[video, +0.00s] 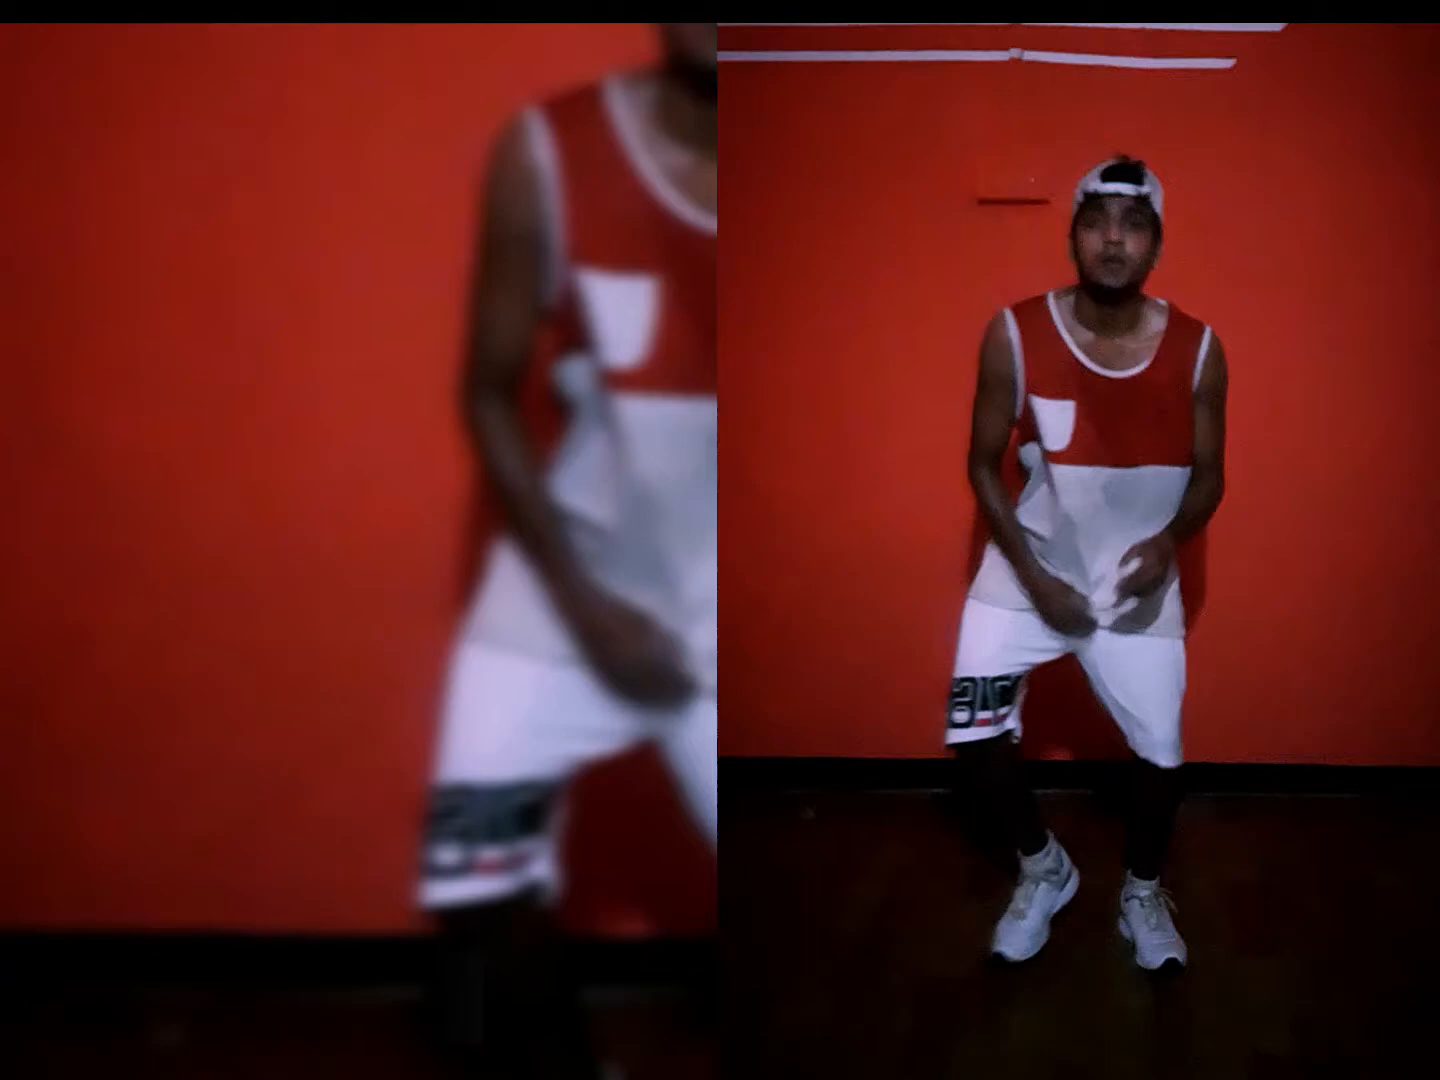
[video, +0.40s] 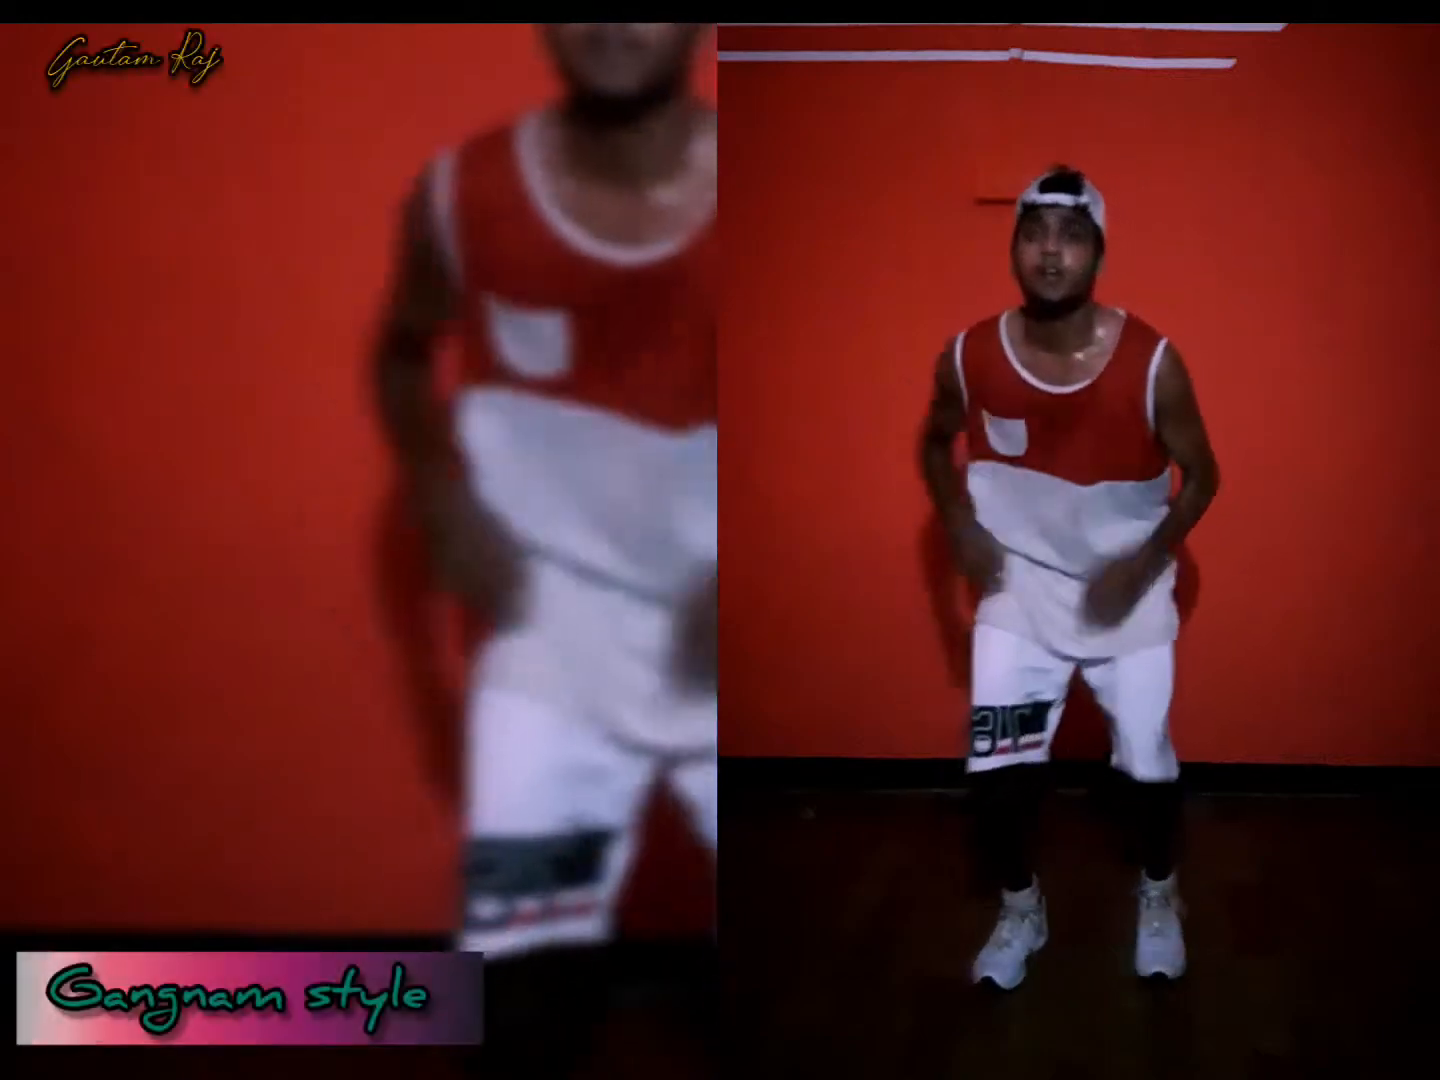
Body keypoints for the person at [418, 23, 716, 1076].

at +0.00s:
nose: (723, 33)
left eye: (737, 23)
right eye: (704, 20)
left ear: (760, 41)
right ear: (660, 25)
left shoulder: (801, 158)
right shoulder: (557, 150)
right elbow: (490, 392)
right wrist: (587, 606)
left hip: (735, 606)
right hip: (566, 591)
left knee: (794, 898)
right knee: (476, 879)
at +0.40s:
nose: (610, 25)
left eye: (641, 8)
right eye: (583, 8)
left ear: (696, 25)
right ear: (546, 29)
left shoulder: (767, 186)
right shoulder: (466, 193)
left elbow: (836, 393)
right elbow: (402, 356)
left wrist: (751, 568)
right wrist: (450, 513)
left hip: (736, 627)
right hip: (557, 628)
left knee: (793, 954)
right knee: (529, 974)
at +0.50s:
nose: (636, 28)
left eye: (665, 8)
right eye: (607, 9)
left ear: (713, 28)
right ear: (565, 28)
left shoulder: (770, 185)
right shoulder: (482, 180)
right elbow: (331, 333)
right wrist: (411, 391)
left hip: (740, 609)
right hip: (560, 613)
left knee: (794, 930)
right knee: (533, 959)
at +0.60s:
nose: (668, 23)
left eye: (691, 5)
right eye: (640, 7)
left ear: (730, 27)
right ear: (599, 27)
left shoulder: (774, 172)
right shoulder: (515, 170)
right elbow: (430, 414)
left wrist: (731, 333)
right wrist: (561, 332)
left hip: (736, 611)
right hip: (565, 610)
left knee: (744, 931)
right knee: (557, 928)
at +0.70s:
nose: (684, 48)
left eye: (706, 24)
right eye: (657, 25)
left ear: (746, 46)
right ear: (617, 44)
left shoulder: (786, 217)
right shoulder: (545, 227)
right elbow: (553, 478)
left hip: (730, 608)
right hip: (572, 598)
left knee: (708, 962)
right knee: (569, 943)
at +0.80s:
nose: (694, 82)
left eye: (718, 50)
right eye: (660, 52)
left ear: (758, 74)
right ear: (620, 79)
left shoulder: (801, 239)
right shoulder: (562, 264)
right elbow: (631, 521)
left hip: (747, 577)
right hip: (589, 585)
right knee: (546, 896)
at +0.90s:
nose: (708, 85)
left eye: (729, 53)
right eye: (677, 55)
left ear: (762, 74)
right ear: (640, 81)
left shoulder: (819, 224)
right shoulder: (595, 267)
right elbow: (630, 567)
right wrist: (688, 829)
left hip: (733, 590)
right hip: (594, 597)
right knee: (478, 891)